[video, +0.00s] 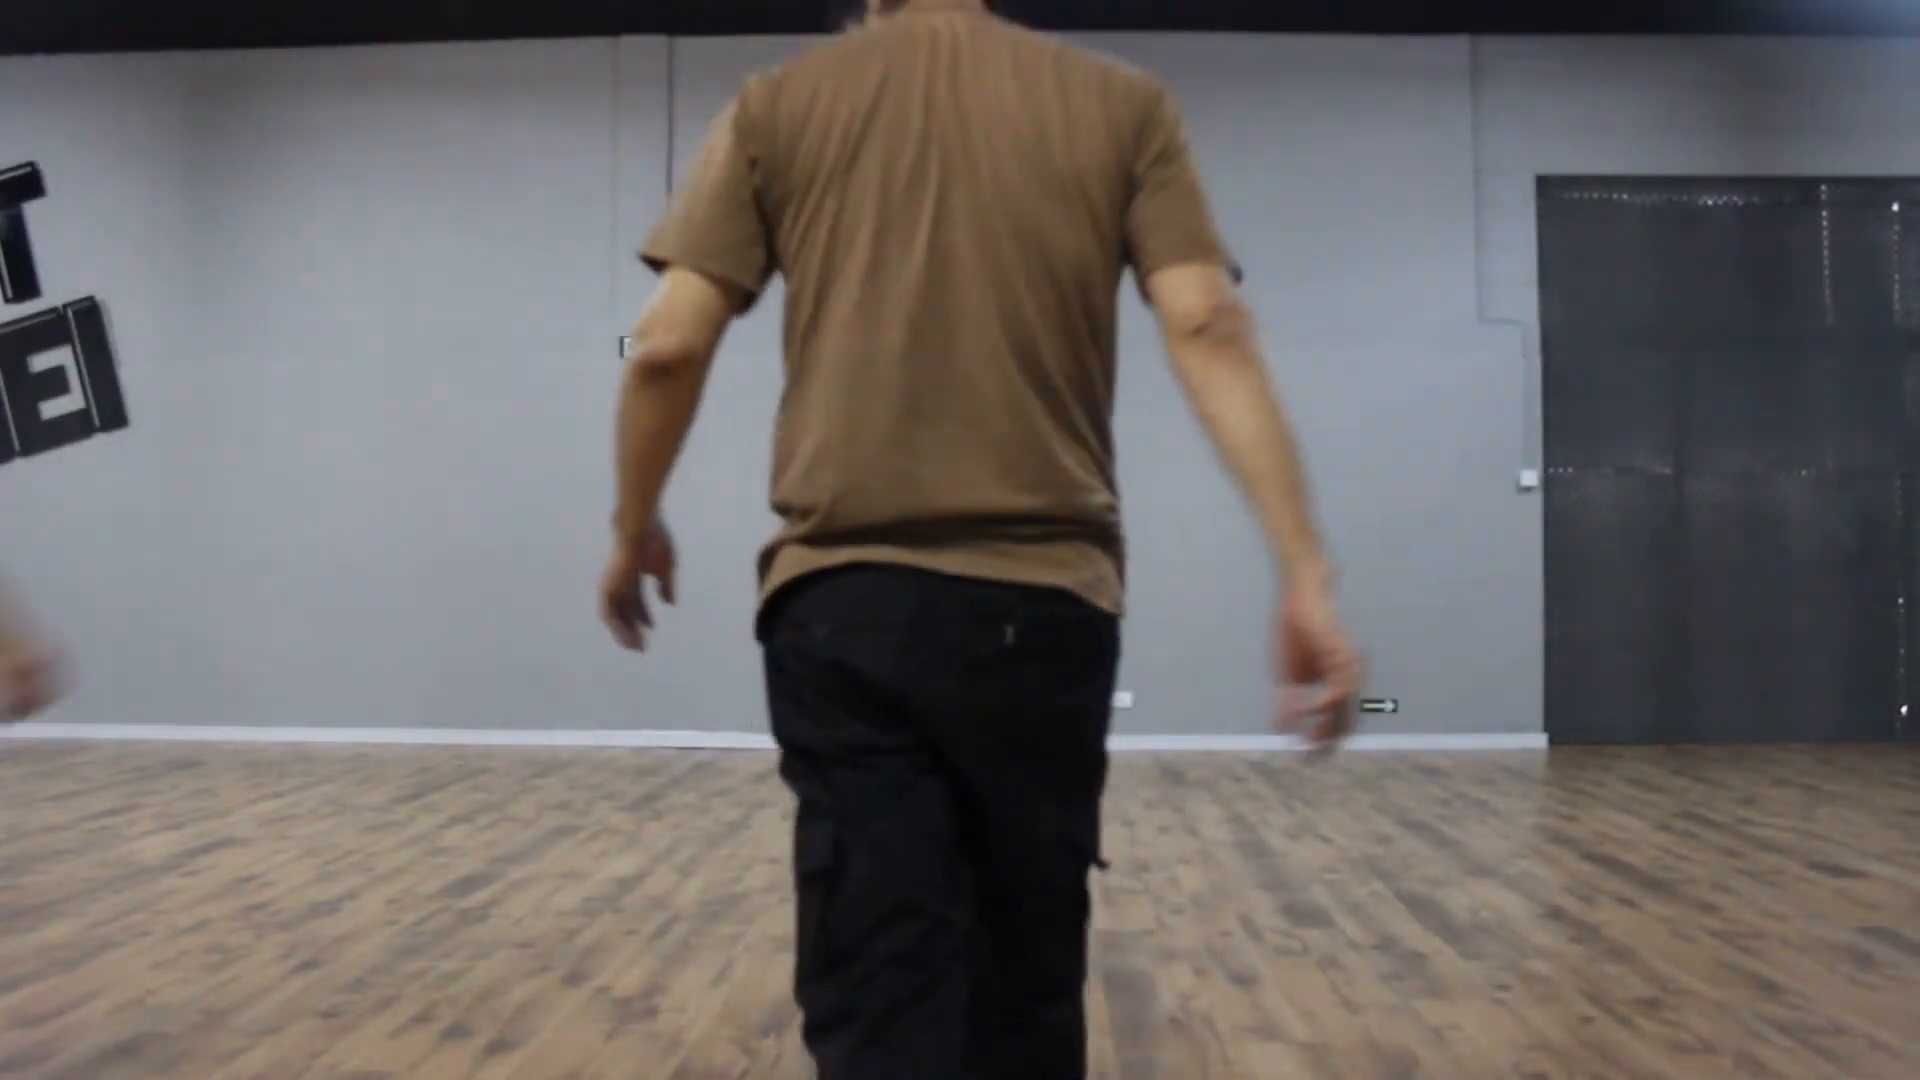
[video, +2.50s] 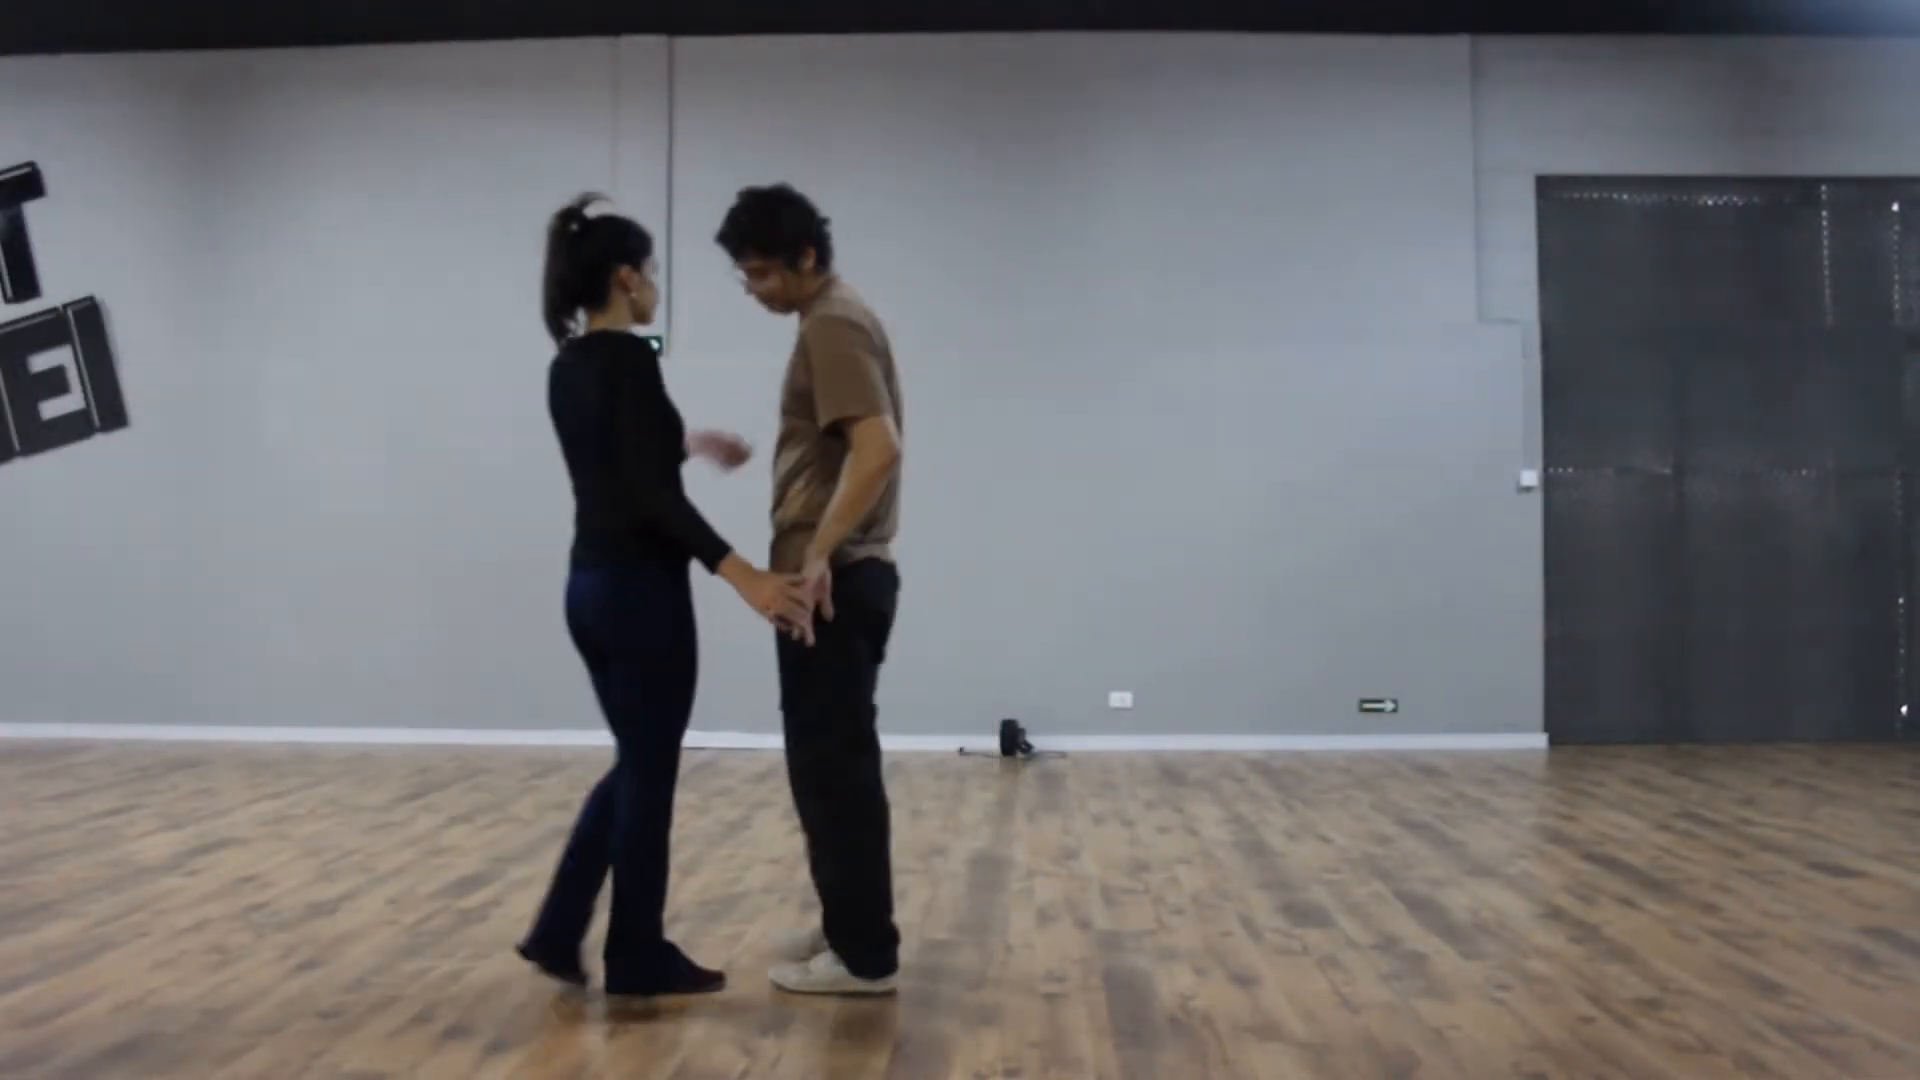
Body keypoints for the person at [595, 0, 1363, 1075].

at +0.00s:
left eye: (854, 17)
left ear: (870, 2)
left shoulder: (782, 102)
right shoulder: (1118, 101)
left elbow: (667, 346)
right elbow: (1206, 320)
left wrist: (636, 525)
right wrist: (1304, 574)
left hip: (841, 608)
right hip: (1046, 610)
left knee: (878, 980)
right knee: (1028, 978)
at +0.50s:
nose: (846, 134)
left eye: (843, 117)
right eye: (842, 121)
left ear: (867, 97)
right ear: (964, 100)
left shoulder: (822, 195)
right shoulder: (1070, 212)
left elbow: (685, 361)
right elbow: (1148, 406)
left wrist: (583, 497)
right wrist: (1175, 549)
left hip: (862, 603)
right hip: (1021, 605)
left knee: (859, 891)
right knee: (1008, 902)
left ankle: (844, 1070)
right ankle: (1005, 1074)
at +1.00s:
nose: (806, 215)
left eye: (803, 196)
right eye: (801, 200)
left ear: (833, 168)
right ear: (906, 169)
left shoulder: (801, 255)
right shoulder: (1002, 268)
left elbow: (688, 391)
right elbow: (1042, 432)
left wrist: (597, 508)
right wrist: (1059, 567)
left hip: (824, 583)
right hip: (953, 591)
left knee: (840, 827)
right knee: (957, 809)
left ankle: (854, 1063)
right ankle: (963, 1021)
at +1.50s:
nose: (863, 243)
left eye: (863, 229)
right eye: (859, 232)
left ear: (890, 213)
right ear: (954, 214)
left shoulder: (866, 286)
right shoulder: (1030, 308)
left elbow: (794, 404)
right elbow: (1071, 454)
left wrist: (715, 488)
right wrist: (1083, 572)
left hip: (868, 578)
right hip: (978, 586)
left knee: (839, 767)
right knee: (971, 786)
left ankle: (874, 948)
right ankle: (966, 1000)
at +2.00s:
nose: (806, 281)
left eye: (808, 264)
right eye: (799, 267)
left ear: (848, 245)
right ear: (877, 245)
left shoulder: (852, 314)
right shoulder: (965, 327)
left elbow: (859, 427)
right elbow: (966, 450)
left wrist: (780, 499)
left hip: (864, 588)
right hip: (952, 587)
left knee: (847, 774)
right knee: (946, 779)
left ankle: (858, 954)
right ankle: (961, 979)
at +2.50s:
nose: (750, 289)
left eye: (757, 273)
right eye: (745, 275)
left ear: (803, 259)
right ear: (797, 261)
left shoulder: (836, 327)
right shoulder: (831, 320)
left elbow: (876, 446)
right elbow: (860, 447)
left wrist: (818, 551)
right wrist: (805, 547)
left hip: (838, 579)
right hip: (832, 577)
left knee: (832, 764)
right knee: (829, 760)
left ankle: (864, 952)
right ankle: (848, 925)